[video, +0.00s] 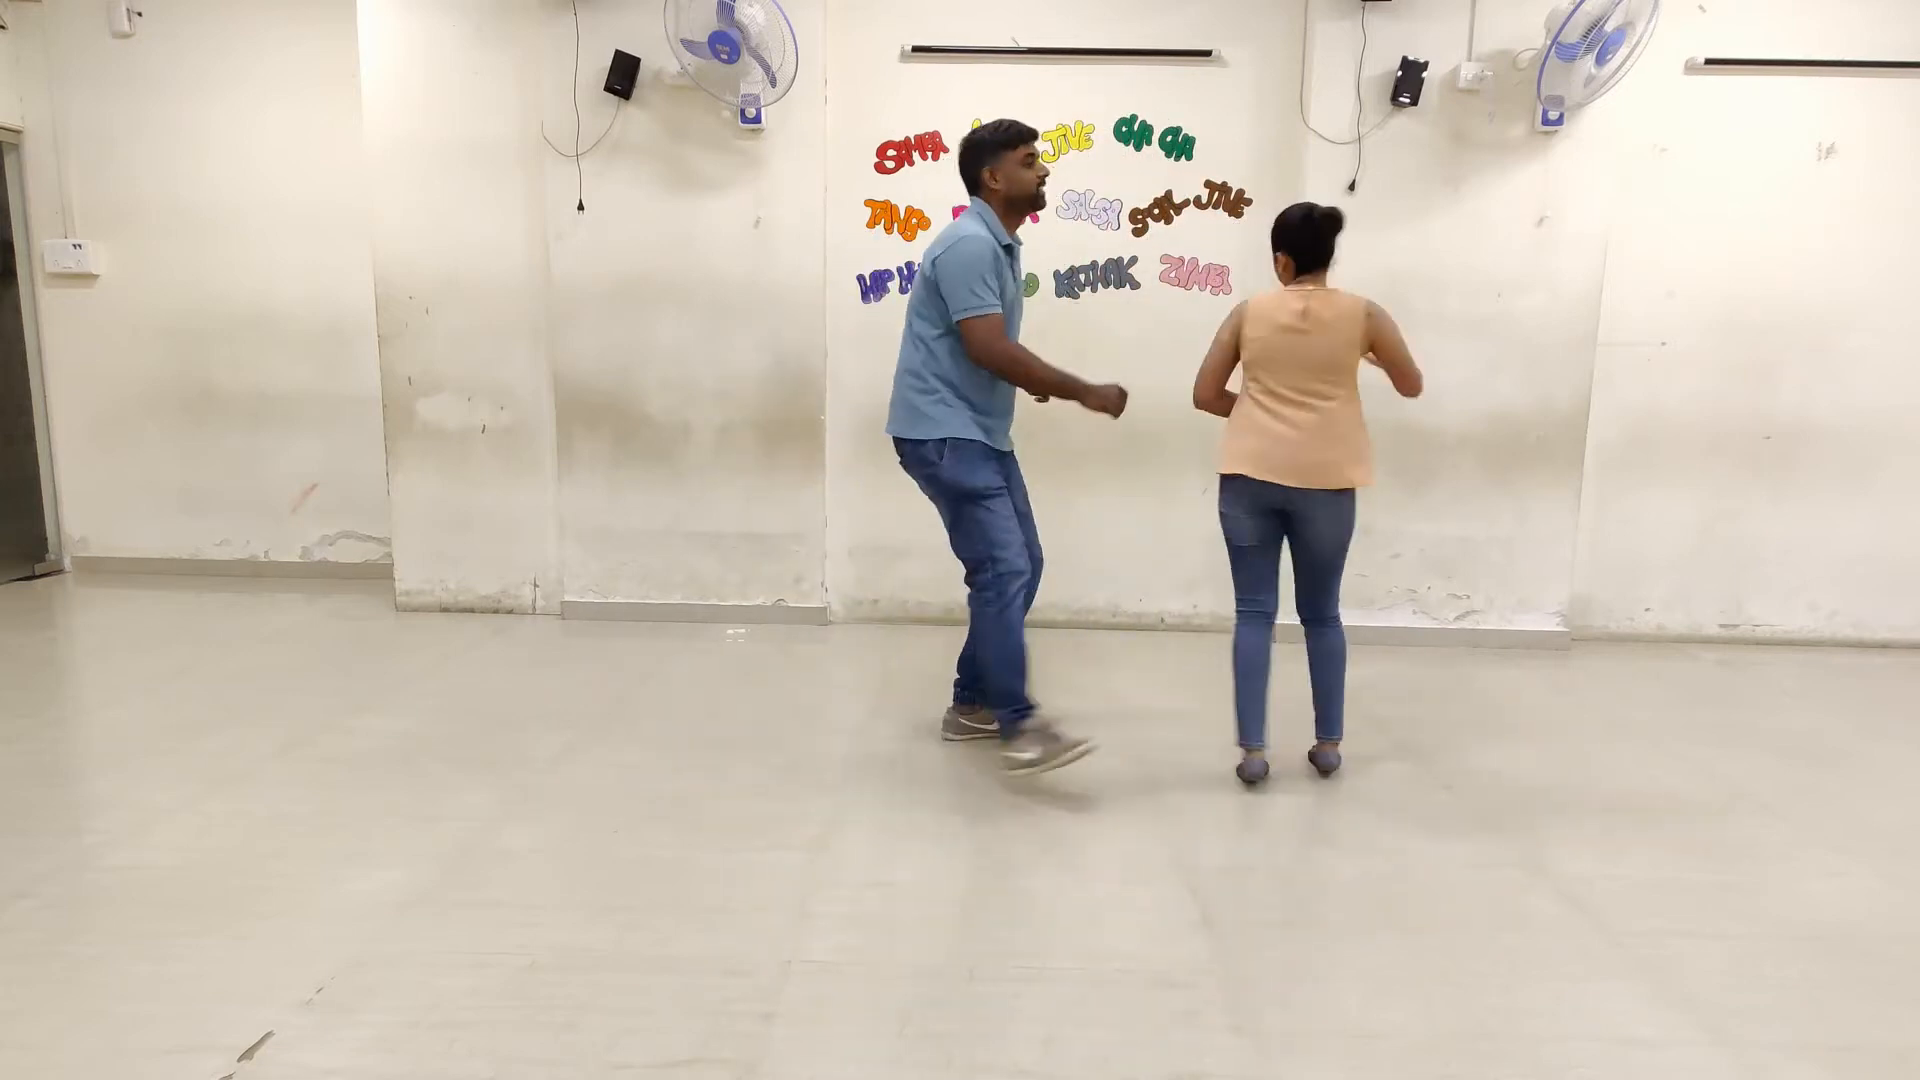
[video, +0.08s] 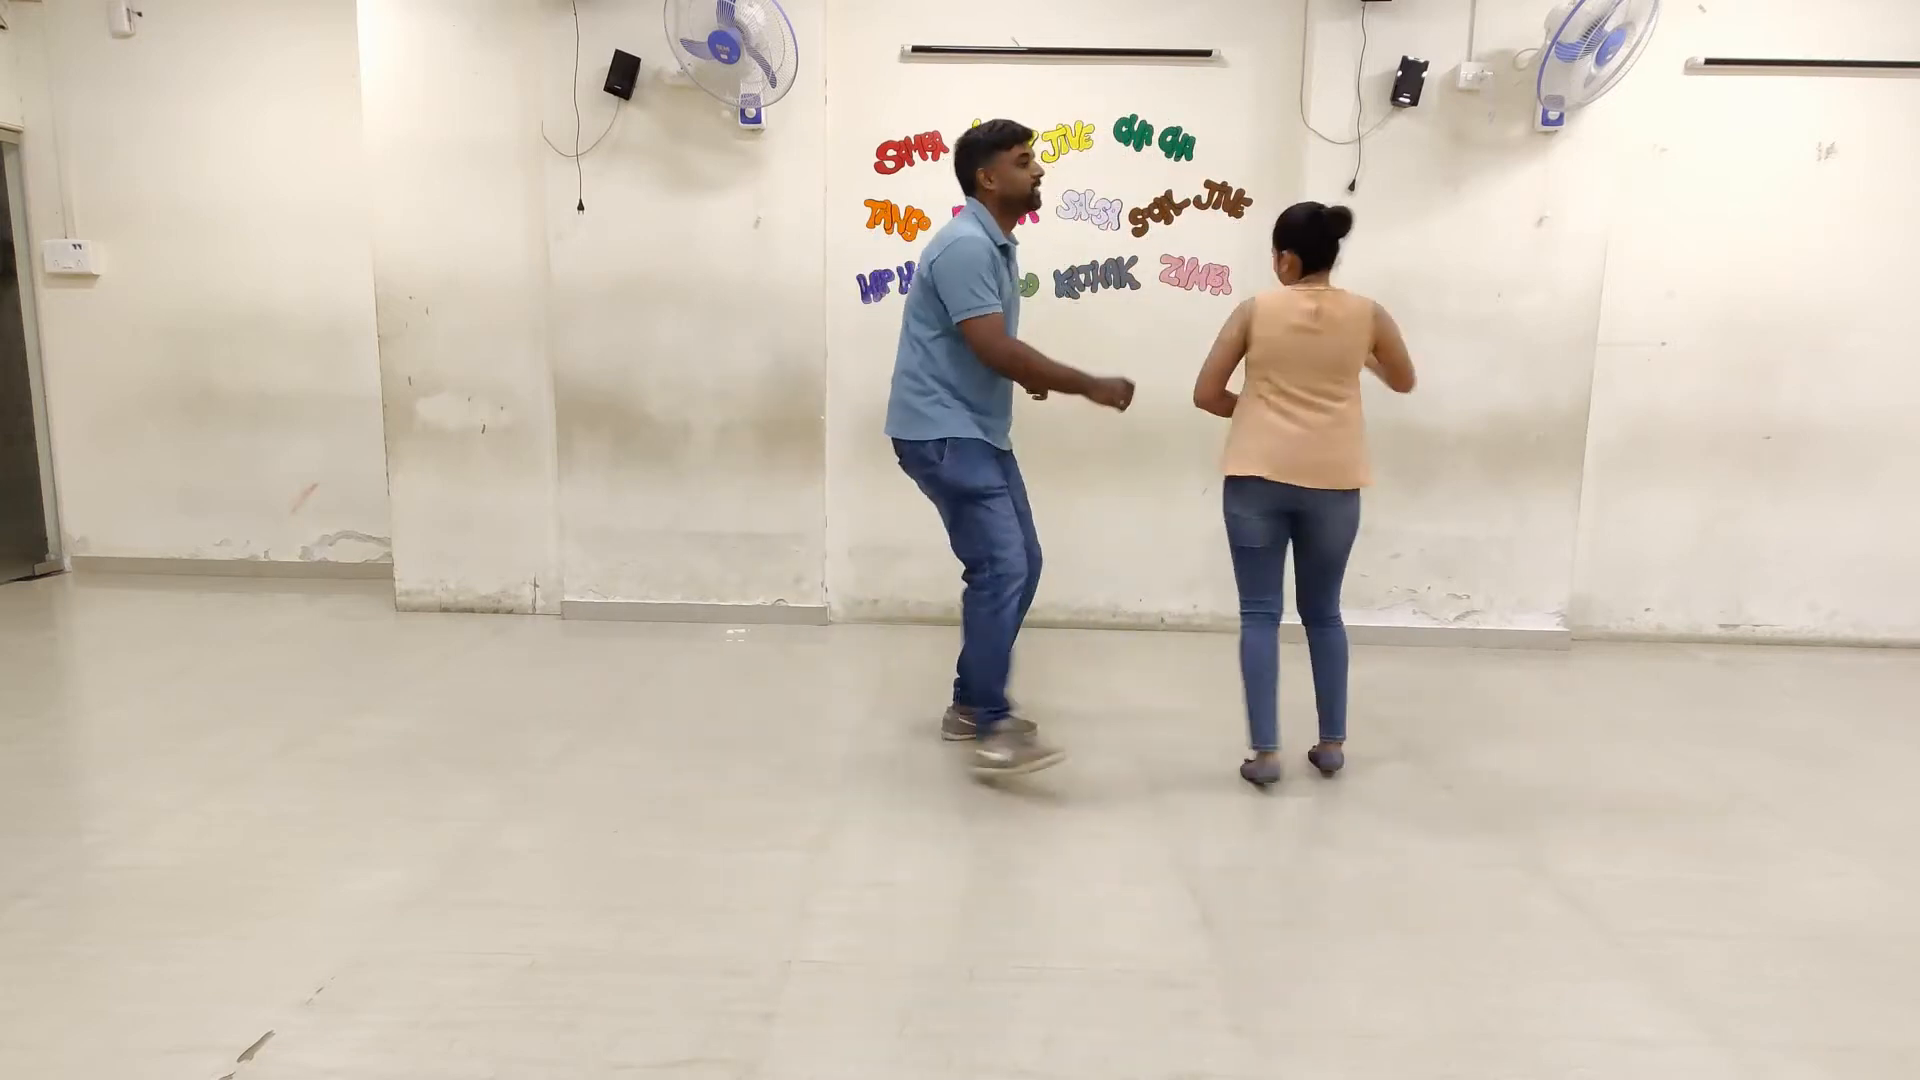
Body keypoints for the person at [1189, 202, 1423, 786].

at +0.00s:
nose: (1273, 262)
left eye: (1274, 254)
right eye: (1278, 253)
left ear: (1281, 258)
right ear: (1332, 256)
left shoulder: (1250, 312)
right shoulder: (1362, 315)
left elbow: (1206, 394)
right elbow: (1410, 383)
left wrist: (1258, 407)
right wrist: (1374, 351)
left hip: (1248, 477)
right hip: (1326, 483)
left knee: (1252, 611)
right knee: (1321, 611)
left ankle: (1252, 752)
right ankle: (1328, 745)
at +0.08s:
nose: (1273, 261)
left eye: (1275, 253)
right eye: (1277, 252)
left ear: (1286, 258)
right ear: (1332, 254)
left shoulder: (1255, 311)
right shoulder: (1367, 315)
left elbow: (1206, 393)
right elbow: (1403, 379)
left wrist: (1255, 404)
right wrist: (1360, 345)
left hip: (1255, 477)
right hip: (1333, 483)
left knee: (1259, 613)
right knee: (1323, 610)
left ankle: (1265, 754)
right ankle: (1331, 745)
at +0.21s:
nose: (1278, 262)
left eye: (1286, 252)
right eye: (1280, 250)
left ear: (1318, 255)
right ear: (1329, 256)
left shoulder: (1301, 306)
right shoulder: (1359, 308)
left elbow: (1259, 401)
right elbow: (1308, 368)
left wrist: (1257, 405)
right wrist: (1237, 363)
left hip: (1303, 482)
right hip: (1359, 482)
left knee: (1282, 620)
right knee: (1320, 613)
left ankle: (1309, 756)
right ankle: (1343, 743)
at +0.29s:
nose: (1280, 273)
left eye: (1289, 263)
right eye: (1282, 261)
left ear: (1322, 267)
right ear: (1326, 269)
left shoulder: (1320, 320)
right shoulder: (1348, 316)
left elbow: (1293, 414)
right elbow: (1278, 386)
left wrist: (1265, 431)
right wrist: (1199, 382)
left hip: (1324, 494)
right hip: (1360, 494)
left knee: (1276, 626)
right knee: (1305, 621)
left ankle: (1320, 758)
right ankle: (1344, 743)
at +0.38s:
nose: (1280, 294)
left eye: (1290, 283)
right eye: (1282, 283)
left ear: (1325, 289)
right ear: (1318, 290)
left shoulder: (1349, 351)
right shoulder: (1303, 355)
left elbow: (1337, 449)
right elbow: (1240, 406)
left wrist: (1278, 462)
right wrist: (1158, 400)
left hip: (1358, 519)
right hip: (1338, 518)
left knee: (1270, 633)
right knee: (1286, 631)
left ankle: (1318, 761)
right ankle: (1343, 742)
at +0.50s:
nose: (1279, 281)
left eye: (1290, 270)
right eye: (1282, 271)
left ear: (1327, 277)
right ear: (1318, 278)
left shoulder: (1364, 342)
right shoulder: (1296, 348)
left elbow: (1373, 441)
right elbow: (1227, 397)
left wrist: (1304, 462)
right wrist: (1147, 383)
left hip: (1384, 509)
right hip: (1339, 509)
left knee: (1306, 621)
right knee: (1304, 621)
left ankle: (1325, 761)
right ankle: (1345, 742)